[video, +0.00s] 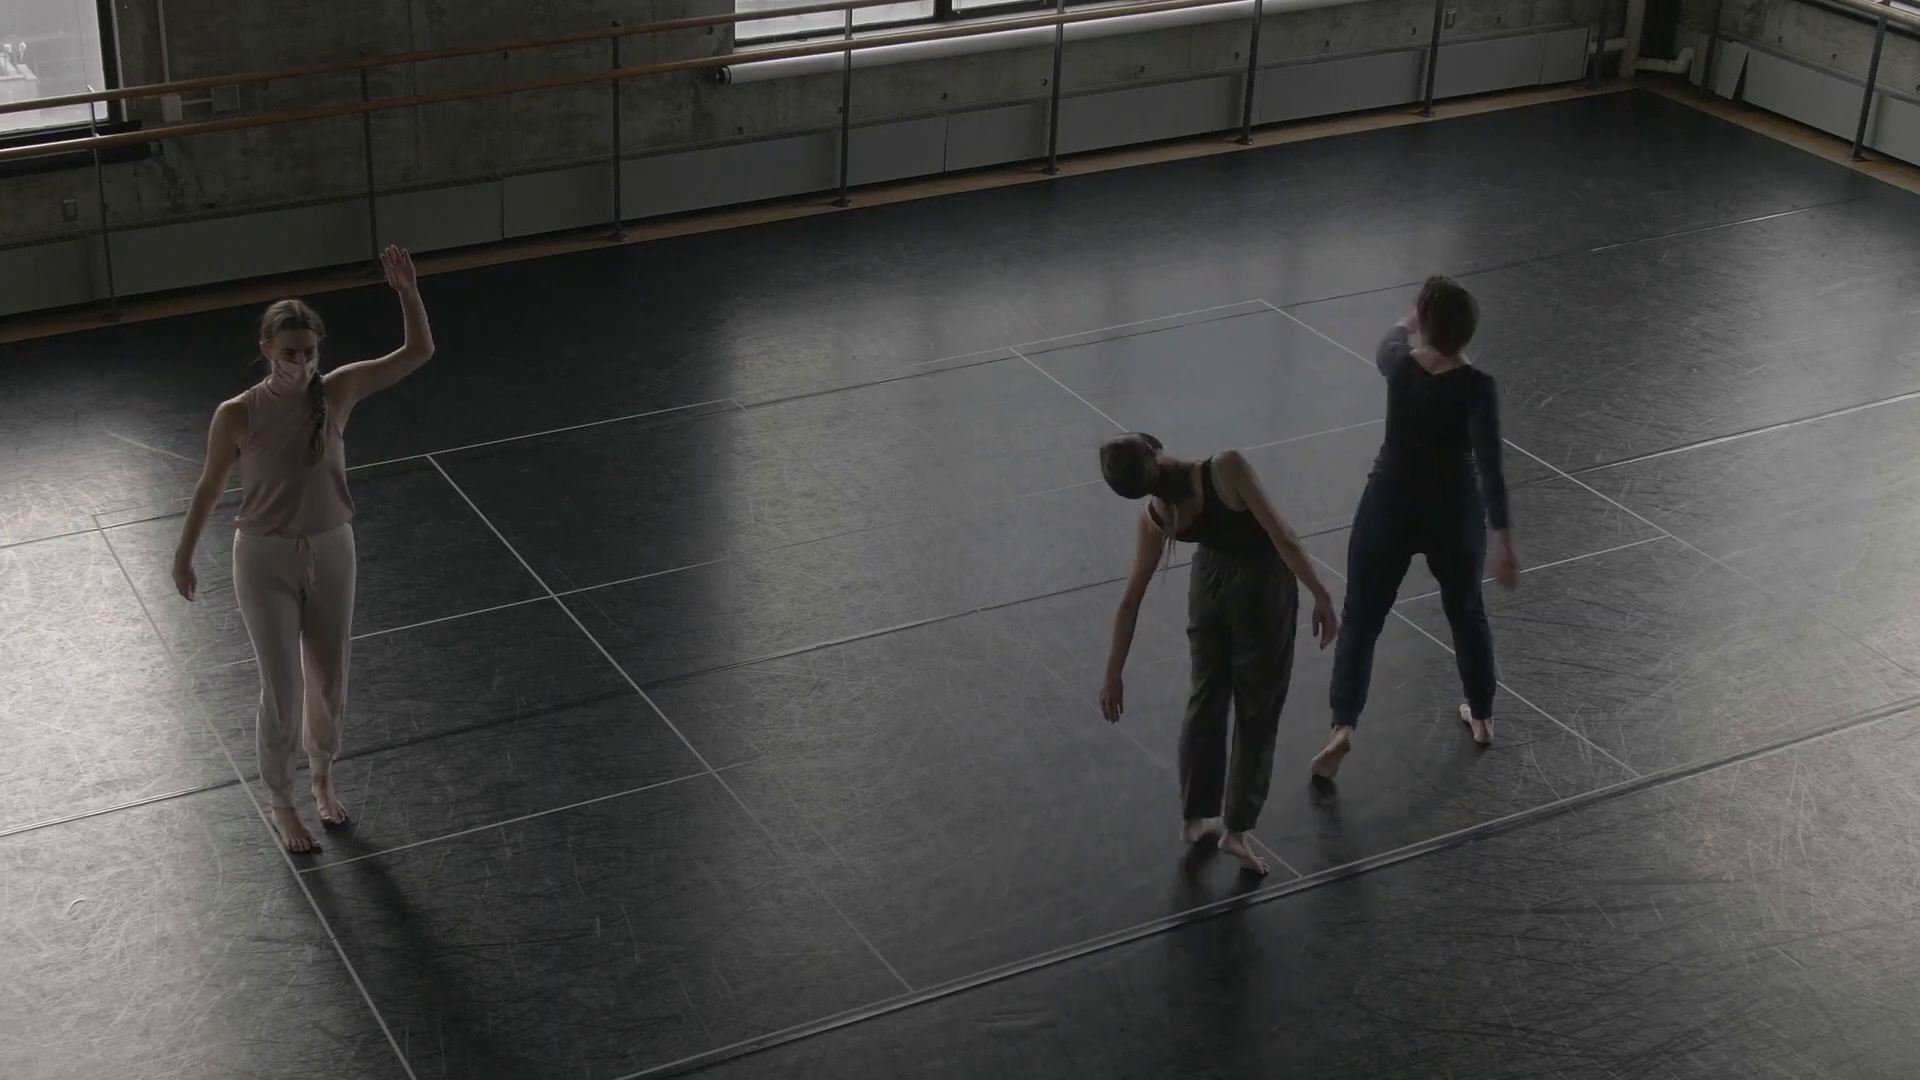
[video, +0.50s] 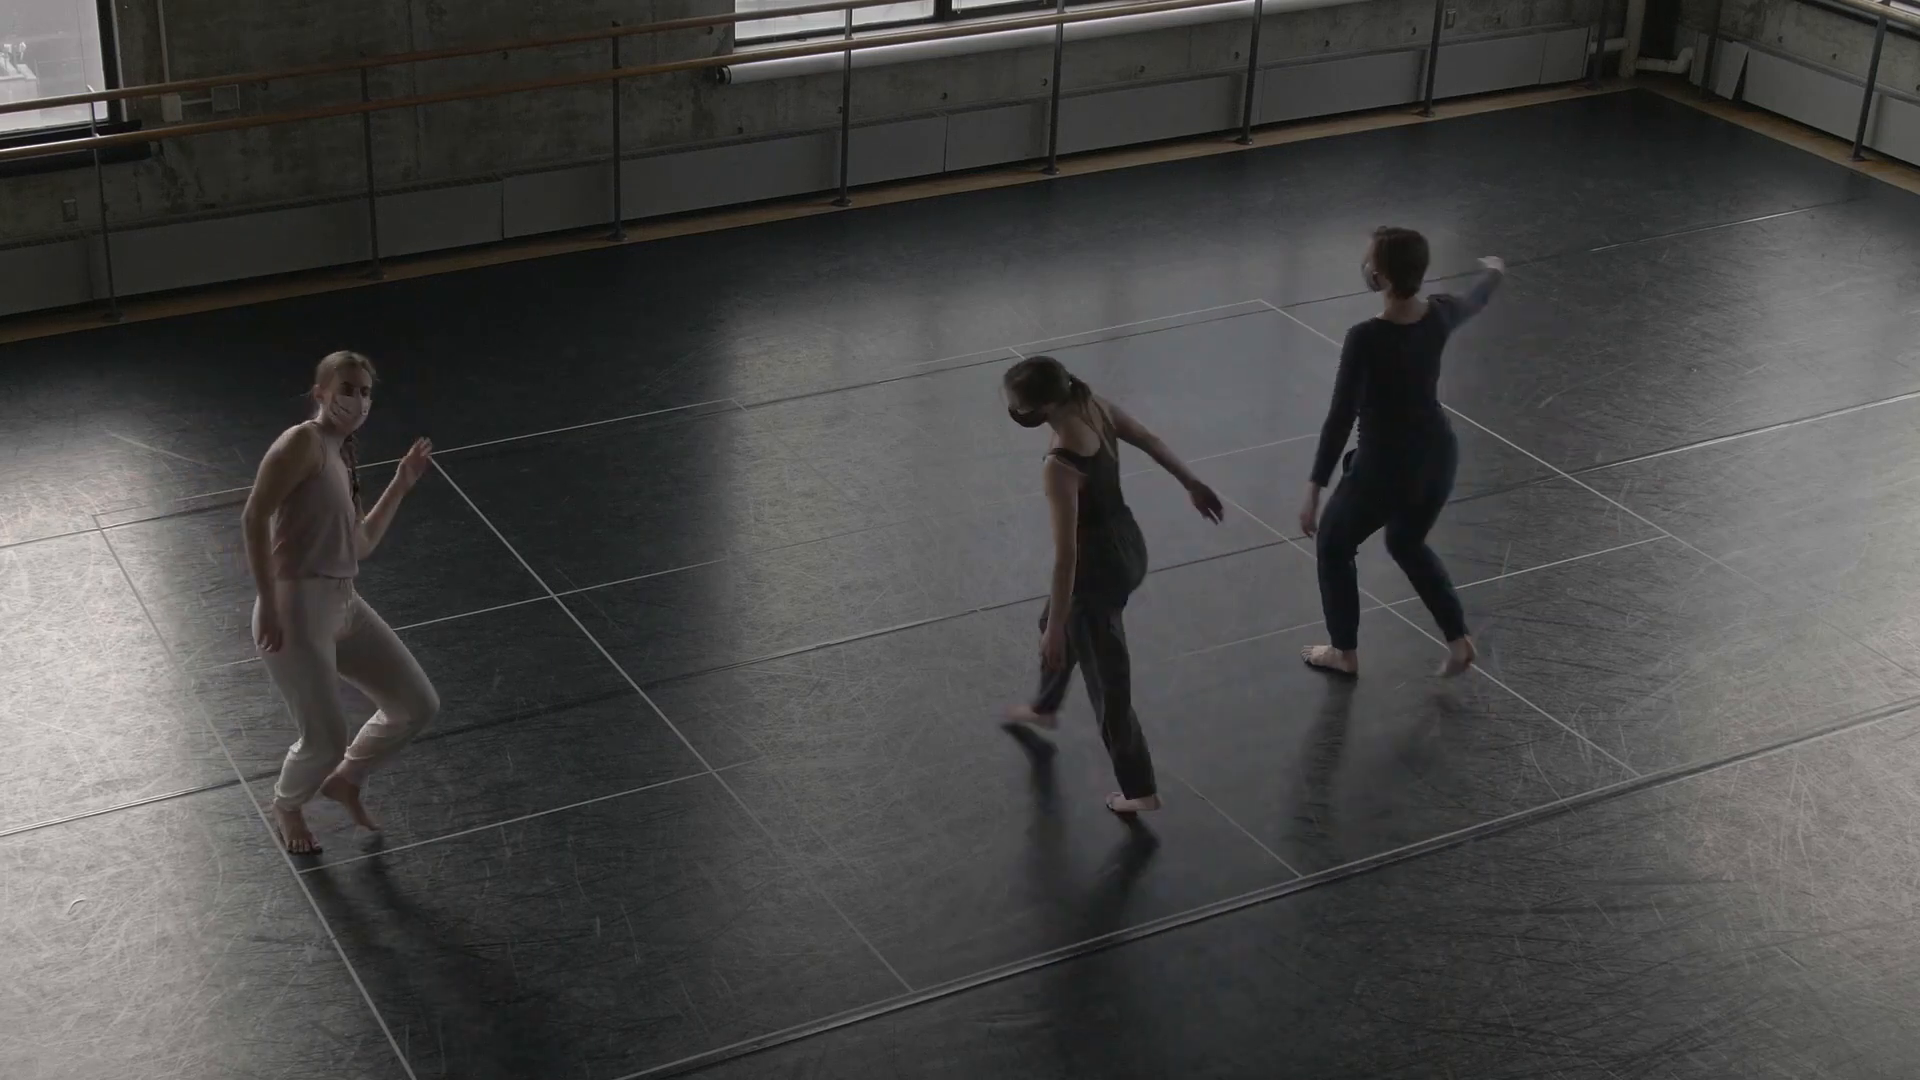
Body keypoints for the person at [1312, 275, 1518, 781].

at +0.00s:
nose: (1414, 322)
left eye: (1417, 316)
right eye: (1418, 314)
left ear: (1422, 325)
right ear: (1468, 331)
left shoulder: (1401, 366)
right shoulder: (1478, 386)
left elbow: (1390, 348)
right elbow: (1491, 465)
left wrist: (1407, 325)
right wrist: (1503, 537)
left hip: (1389, 509)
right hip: (1454, 515)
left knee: (1361, 615)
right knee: (1467, 612)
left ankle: (1343, 724)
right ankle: (1480, 718)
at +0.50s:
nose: (1365, 267)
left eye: (1371, 262)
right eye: (1369, 259)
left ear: (1382, 275)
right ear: (1420, 271)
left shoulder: (1365, 339)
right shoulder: (1440, 315)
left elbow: (1340, 419)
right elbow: (1474, 300)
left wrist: (1313, 491)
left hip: (1383, 466)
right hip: (1437, 459)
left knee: (1334, 540)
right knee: (1406, 541)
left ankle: (1343, 651)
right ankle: (1459, 642)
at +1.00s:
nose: (1295, 422)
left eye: (1304, 416)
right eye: (1297, 413)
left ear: (1330, 427)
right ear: (1321, 423)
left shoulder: (1374, 476)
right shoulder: (1302, 454)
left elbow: (1430, 534)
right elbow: (1238, 468)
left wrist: (1476, 594)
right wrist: (1172, 483)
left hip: (1405, 562)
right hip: (1353, 544)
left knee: (1325, 559)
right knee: (1280, 586)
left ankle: (1347, 636)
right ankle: (1346, 594)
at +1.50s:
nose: (1385, 325)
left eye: (1393, 315)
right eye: (1375, 317)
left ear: (1403, 311)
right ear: (1356, 314)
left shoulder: (1413, 348)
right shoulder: (1337, 363)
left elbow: (1400, 401)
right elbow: (1296, 421)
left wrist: (1397, 438)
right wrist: (1312, 465)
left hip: (1398, 461)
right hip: (1340, 461)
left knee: (1382, 558)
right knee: (1337, 562)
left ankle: (1341, 633)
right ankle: (1335, 597)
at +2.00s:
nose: (1416, 431)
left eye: (1420, 421)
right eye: (1405, 425)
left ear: (1424, 418)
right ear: (1380, 425)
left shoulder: (1419, 457)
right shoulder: (1360, 472)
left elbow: (1443, 522)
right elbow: (1396, 543)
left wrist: (1467, 589)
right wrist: (1463, 574)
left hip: (1364, 536)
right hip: (1320, 553)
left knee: (1433, 552)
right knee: (1401, 608)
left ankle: (1376, 619)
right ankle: (1317, 599)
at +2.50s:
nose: (1476, 302)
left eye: (1480, 293)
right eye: (1469, 294)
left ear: (1481, 289)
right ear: (1441, 290)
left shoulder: (1482, 327)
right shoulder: (1406, 329)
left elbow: (1547, 357)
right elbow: (1368, 388)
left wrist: (1621, 389)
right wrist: (1339, 441)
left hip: (1423, 446)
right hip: (1370, 443)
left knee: (1421, 546)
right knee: (1364, 540)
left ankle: (1383, 613)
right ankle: (1321, 587)